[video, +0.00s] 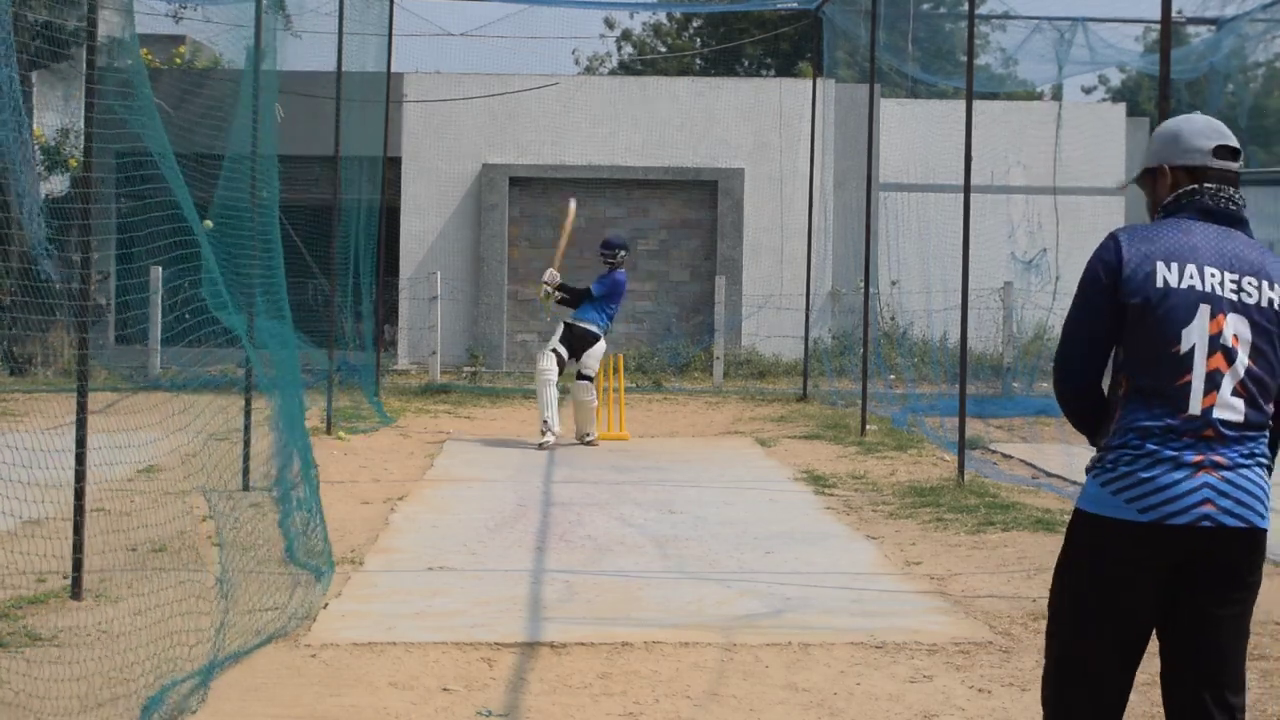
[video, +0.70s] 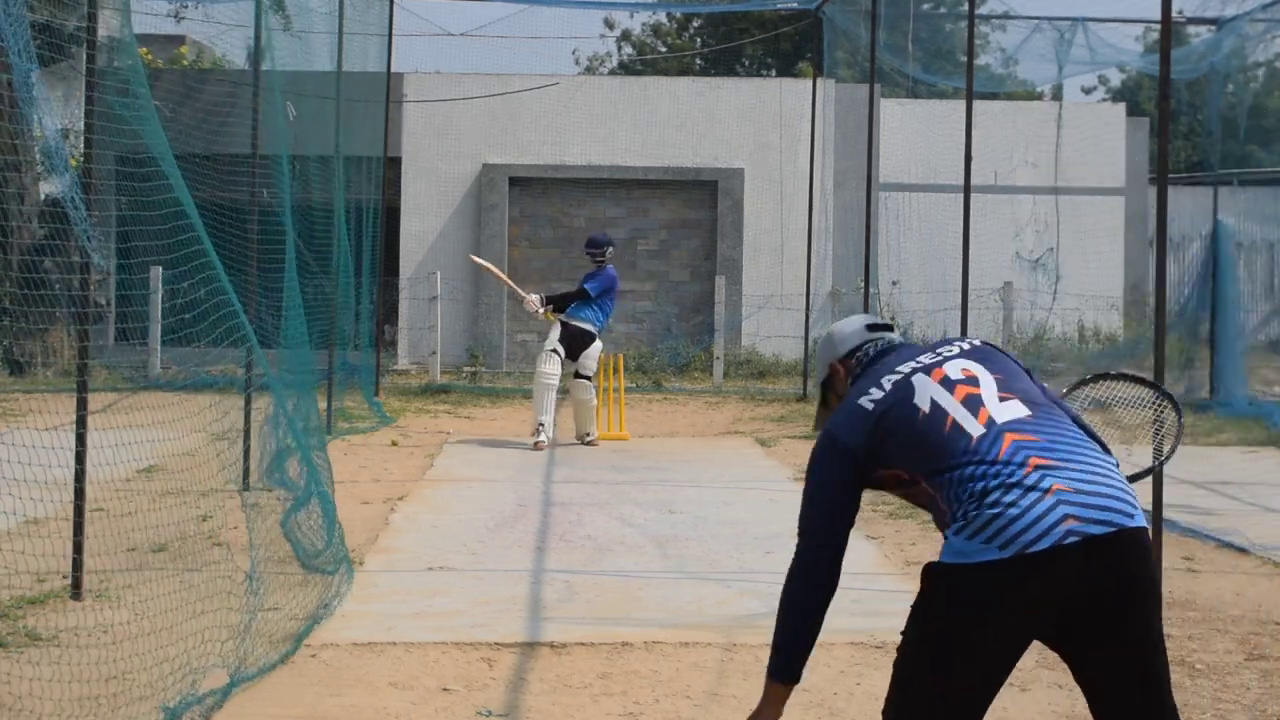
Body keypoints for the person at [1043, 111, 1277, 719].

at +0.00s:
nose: (1148, 195)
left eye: (1151, 181)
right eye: (1149, 182)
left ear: (1172, 178)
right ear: (1227, 181)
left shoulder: (1128, 248)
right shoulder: (1272, 267)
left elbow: (1073, 378)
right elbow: (1273, 398)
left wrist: (1122, 440)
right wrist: (1233, 446)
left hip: (1128, 512)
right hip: (1237, 516)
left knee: (1080, 698)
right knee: (1212, 701)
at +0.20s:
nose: (1089, 226)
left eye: (1089, 210)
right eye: (1085, 214)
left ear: (1113, 193)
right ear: (1167, 193)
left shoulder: (1097, 254)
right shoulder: (1235, 276)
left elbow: (1056, 397)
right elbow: (1238, 406)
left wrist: (1093, 477)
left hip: (1120, 510)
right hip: (1222, 516)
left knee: (1041, 696)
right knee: (1196, 701)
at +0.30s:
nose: (1045, 243)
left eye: (1045, 227)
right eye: (1041, 231)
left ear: (1067, 203)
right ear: (1123, 205)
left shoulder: (1057, 263)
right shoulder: (1197, 277)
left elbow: (1028, 399)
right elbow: (1216, 410)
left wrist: (1009, 502)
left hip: (1101, 515)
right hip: (1205, 520)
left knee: (1014, 699)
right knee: (1181, 703)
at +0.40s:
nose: (1007, 261)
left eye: (1006, 246)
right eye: (1002, 250)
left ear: (1028, 220)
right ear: (1084, 217)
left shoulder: (1019, 280)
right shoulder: (1159, 281)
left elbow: (989, 416)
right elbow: (1193, 409)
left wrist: (954, 536)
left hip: (1082, 523)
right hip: (1187, 524)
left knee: (994, 705)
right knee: (1173, 707)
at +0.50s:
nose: (961, 288)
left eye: (960, 275)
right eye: (958, 278)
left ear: (980, 250)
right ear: (1037, 241)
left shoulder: (973, 306)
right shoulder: (1117, 294)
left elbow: (938, 451)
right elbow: (1166, 418)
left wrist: (897, 575)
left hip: (1059, 535)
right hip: (1166, 534)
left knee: (982, 706)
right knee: (1163, 708)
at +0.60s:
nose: (880, 365)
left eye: (877, 352)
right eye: (875, 356)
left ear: (892, 315)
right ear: (955, 302)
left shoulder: (892, 368)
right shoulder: (1038, 325)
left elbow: (857, 518)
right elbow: (1117, 425)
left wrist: (817, 648)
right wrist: (1132, 512)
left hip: (1018, 549)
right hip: (1134, 541)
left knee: (944, 709)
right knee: (1147, 709)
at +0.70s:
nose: (835, 411)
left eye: (831, 397)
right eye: (831, 399)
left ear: (843, 374)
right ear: (898, 343)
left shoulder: (848, 423)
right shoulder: (980, 350)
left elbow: (815, 569)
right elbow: (1076, 428)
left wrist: (772, 700)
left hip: (996, 557)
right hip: (1118, 539)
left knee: (922, 710)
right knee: (1146, 709)